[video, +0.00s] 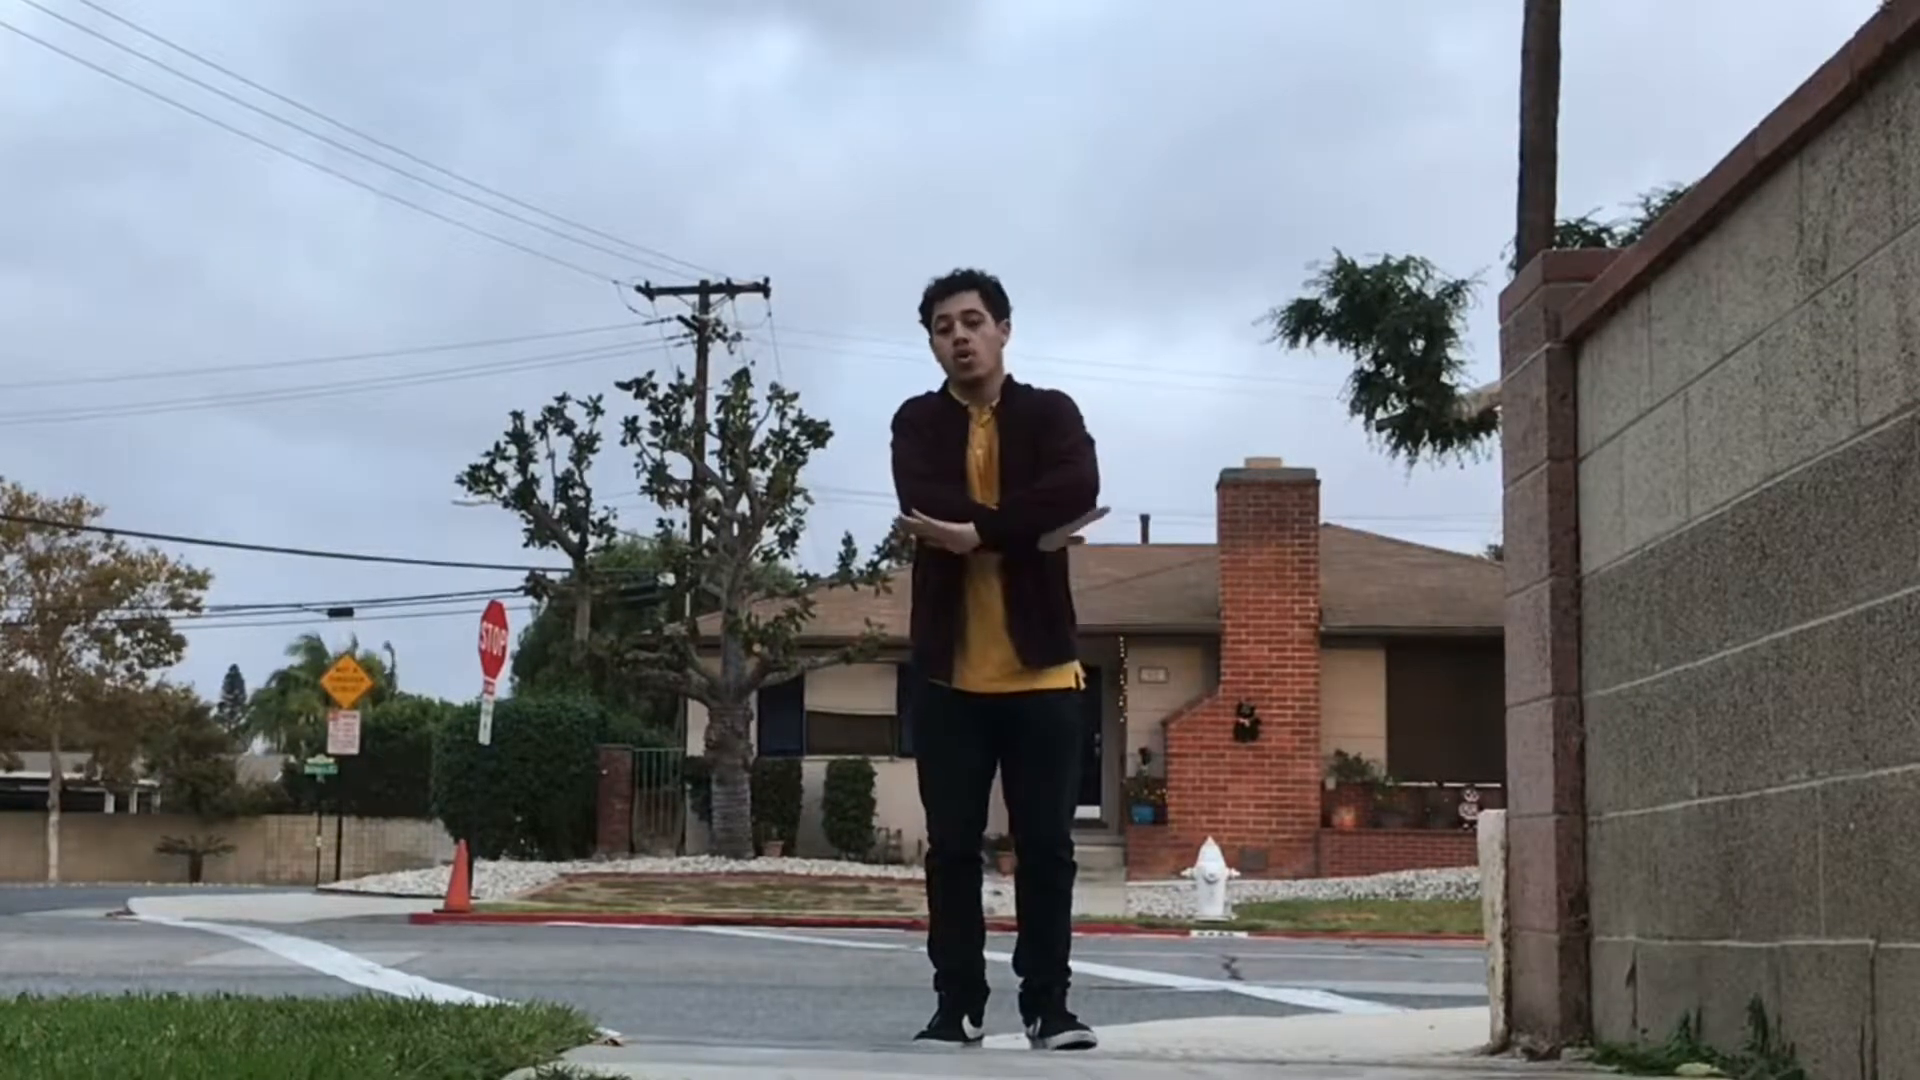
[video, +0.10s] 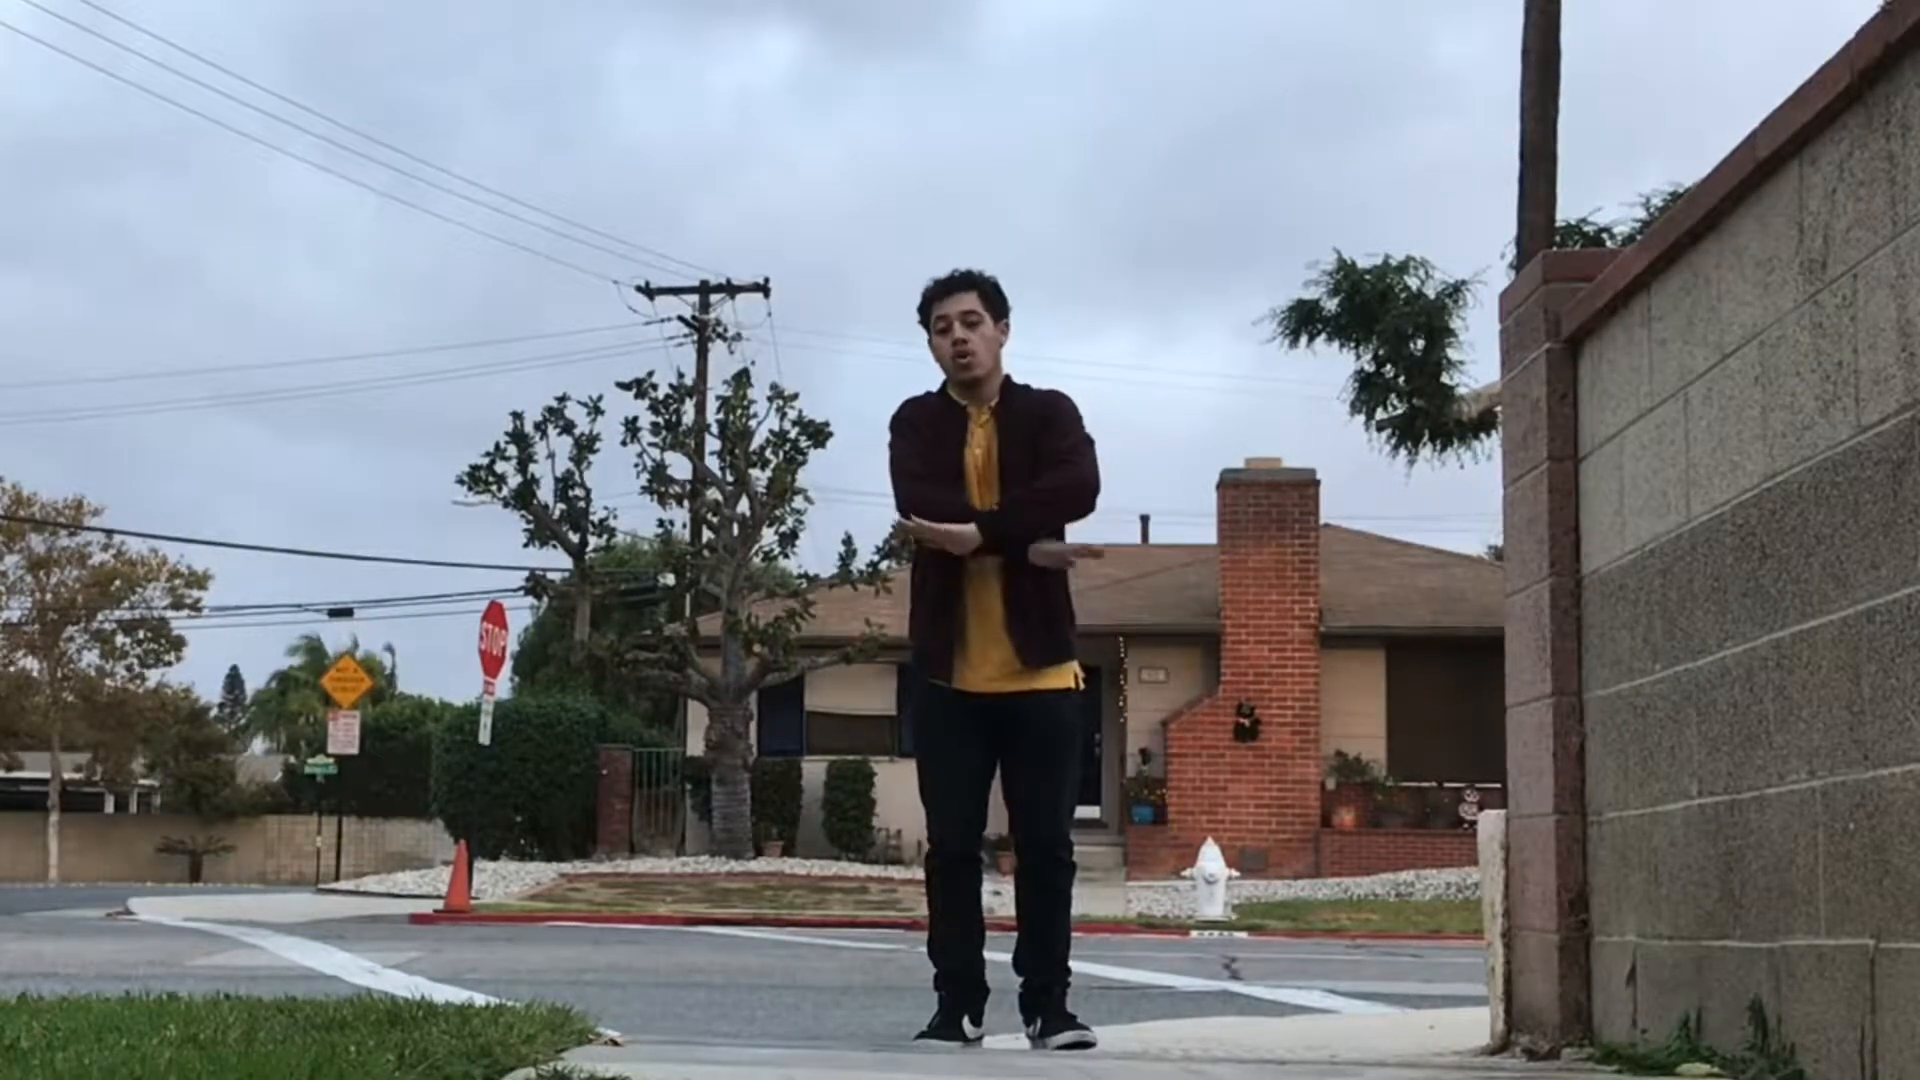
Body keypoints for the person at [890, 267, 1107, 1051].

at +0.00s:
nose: (959, 336)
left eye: (972, 321)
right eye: (945, 327)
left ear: (1003, 331)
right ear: (931, 345)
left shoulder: (1051, 410)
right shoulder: (918, 420)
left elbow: (1078, 488)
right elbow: (926, 508)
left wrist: (975, 530)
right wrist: (1035, 529)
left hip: (1042, 675)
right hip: (949, 676)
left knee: (1047, 850)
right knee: (952, 850)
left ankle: (1048, 1009)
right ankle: (957, 1008)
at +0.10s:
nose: (958, 337)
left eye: (971, 322)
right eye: (943, 328)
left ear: (1003, 331)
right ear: (929, 346)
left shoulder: (1050, 410)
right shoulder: (916, 420)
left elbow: (1079, 489)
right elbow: (919, 511)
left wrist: (976, 530)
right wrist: (1023, 540)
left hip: (1042, 677)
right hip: (948, 677)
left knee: (1046, 849)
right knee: (952, 850)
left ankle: (1047, 1008)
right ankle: (958, 1007)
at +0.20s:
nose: (958, 337)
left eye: (971, 322)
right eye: (943, 328)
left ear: (1002, 331)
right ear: (930, 345)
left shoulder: (1049, 410)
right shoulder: (916, 419)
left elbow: (1079, 490)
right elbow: (917, 507)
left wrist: (981, 536)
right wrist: (1013, 550)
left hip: (1041, 675)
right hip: (948, 675)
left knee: (1046, 848)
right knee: (951, 848)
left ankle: (1047, 1007)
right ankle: (958, 1006)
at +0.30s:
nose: (961, 335)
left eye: (974, 321)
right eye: (946, 326)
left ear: (1005, 330)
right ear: (932, 344)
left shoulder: (1051, 410)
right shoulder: (916, 419)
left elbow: (1075, 491)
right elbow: (918, 509)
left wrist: (982, 536)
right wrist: (1012, 549)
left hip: (1041, 673)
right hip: (948, 674)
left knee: (1046, 848)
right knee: (951, 848)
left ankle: (1047, 1007)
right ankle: (958, 1006)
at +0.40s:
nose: (970, 331)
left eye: (984, 318)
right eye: (955, 322)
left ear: (1012, 330)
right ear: (938, 340)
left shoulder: (1054, 409)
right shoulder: (919, 416)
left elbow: (1055, 497)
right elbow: (925, 503)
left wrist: (966, 531)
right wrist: (1022, 543)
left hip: (1042, 673)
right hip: (948, 674)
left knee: (1046, 847)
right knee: (952, 848)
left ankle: (1046, 1006)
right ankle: (958, 1006)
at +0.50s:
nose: (981, 329)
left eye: (994, 316)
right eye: (965, 318)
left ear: (1020, 330)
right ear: (946, 336)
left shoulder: (1056, 409)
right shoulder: (923, 414)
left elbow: (1038, 498)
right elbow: (945, 515)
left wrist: (945, 525)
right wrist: (1055, 543)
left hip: (1045, 674)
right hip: (952, 674)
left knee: (1047, 849)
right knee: (953, 848)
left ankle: (1047, 1007)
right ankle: (958, 1006)